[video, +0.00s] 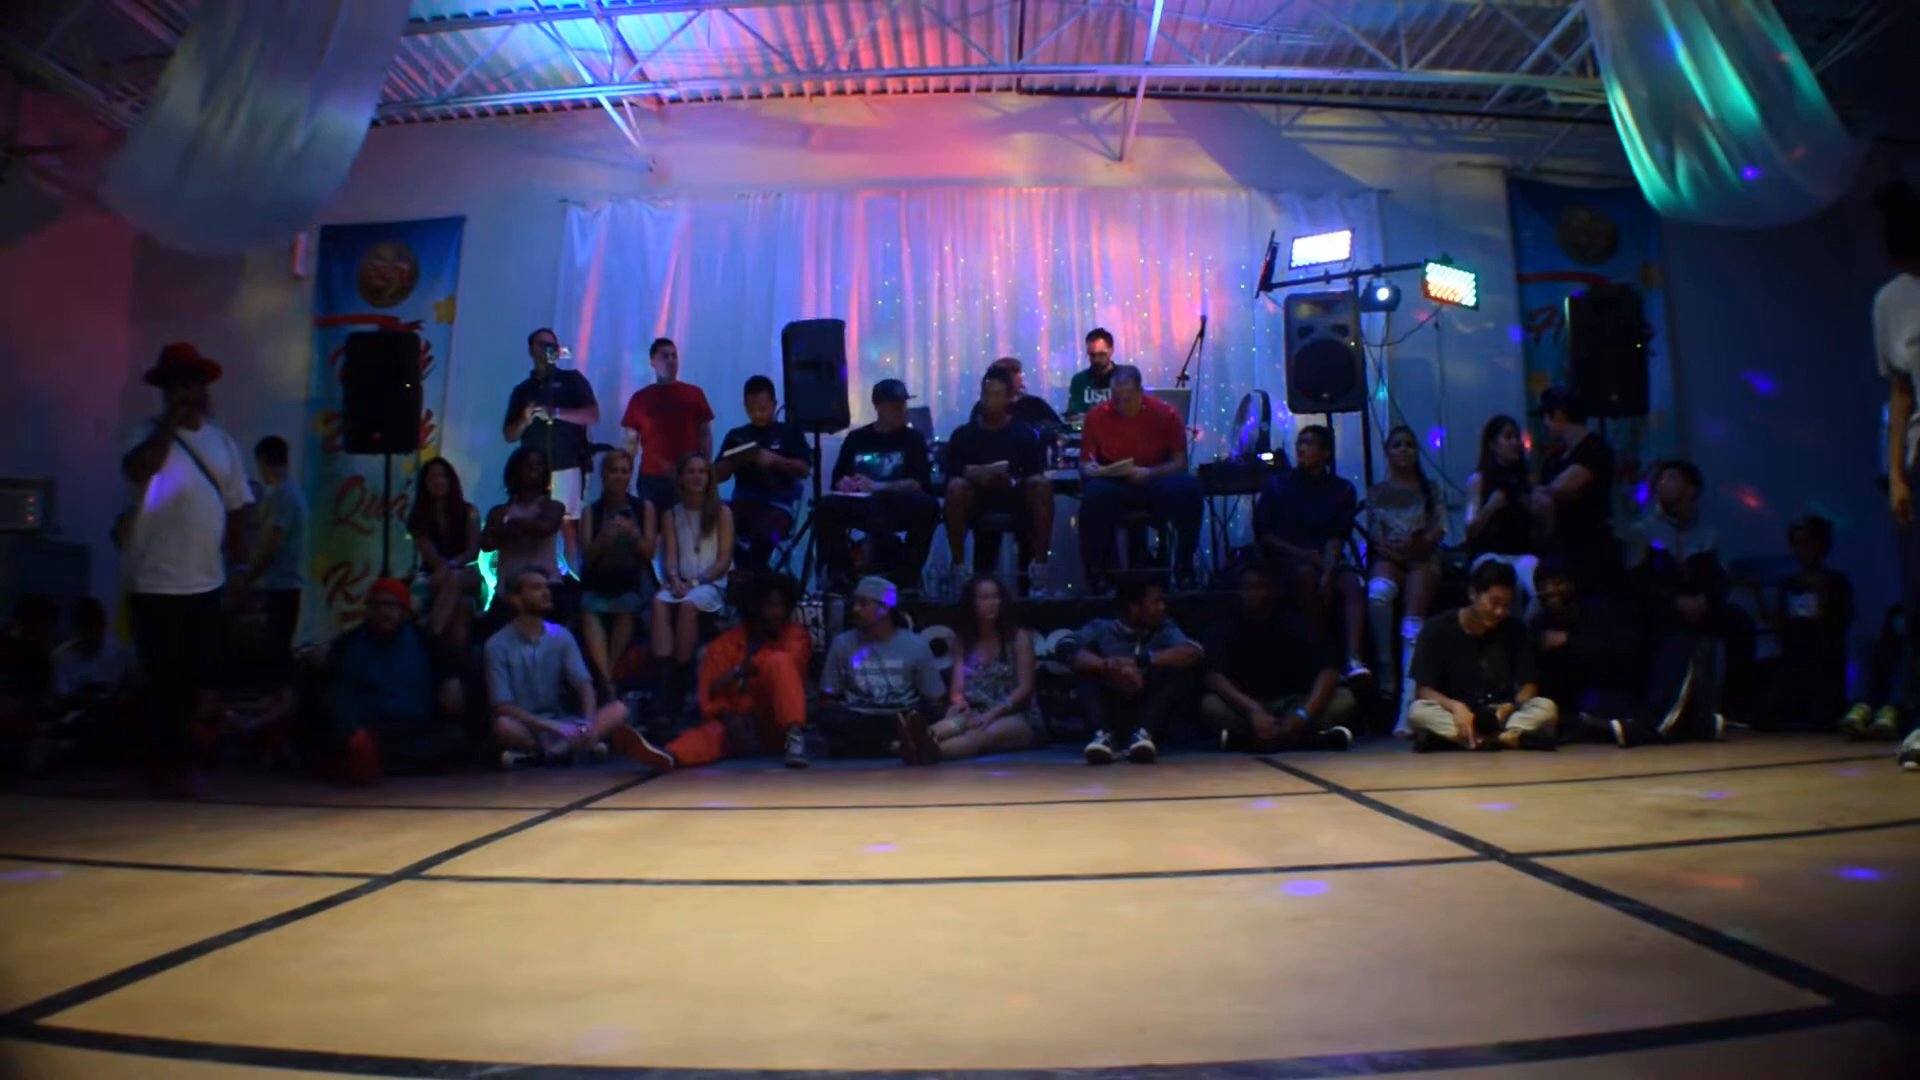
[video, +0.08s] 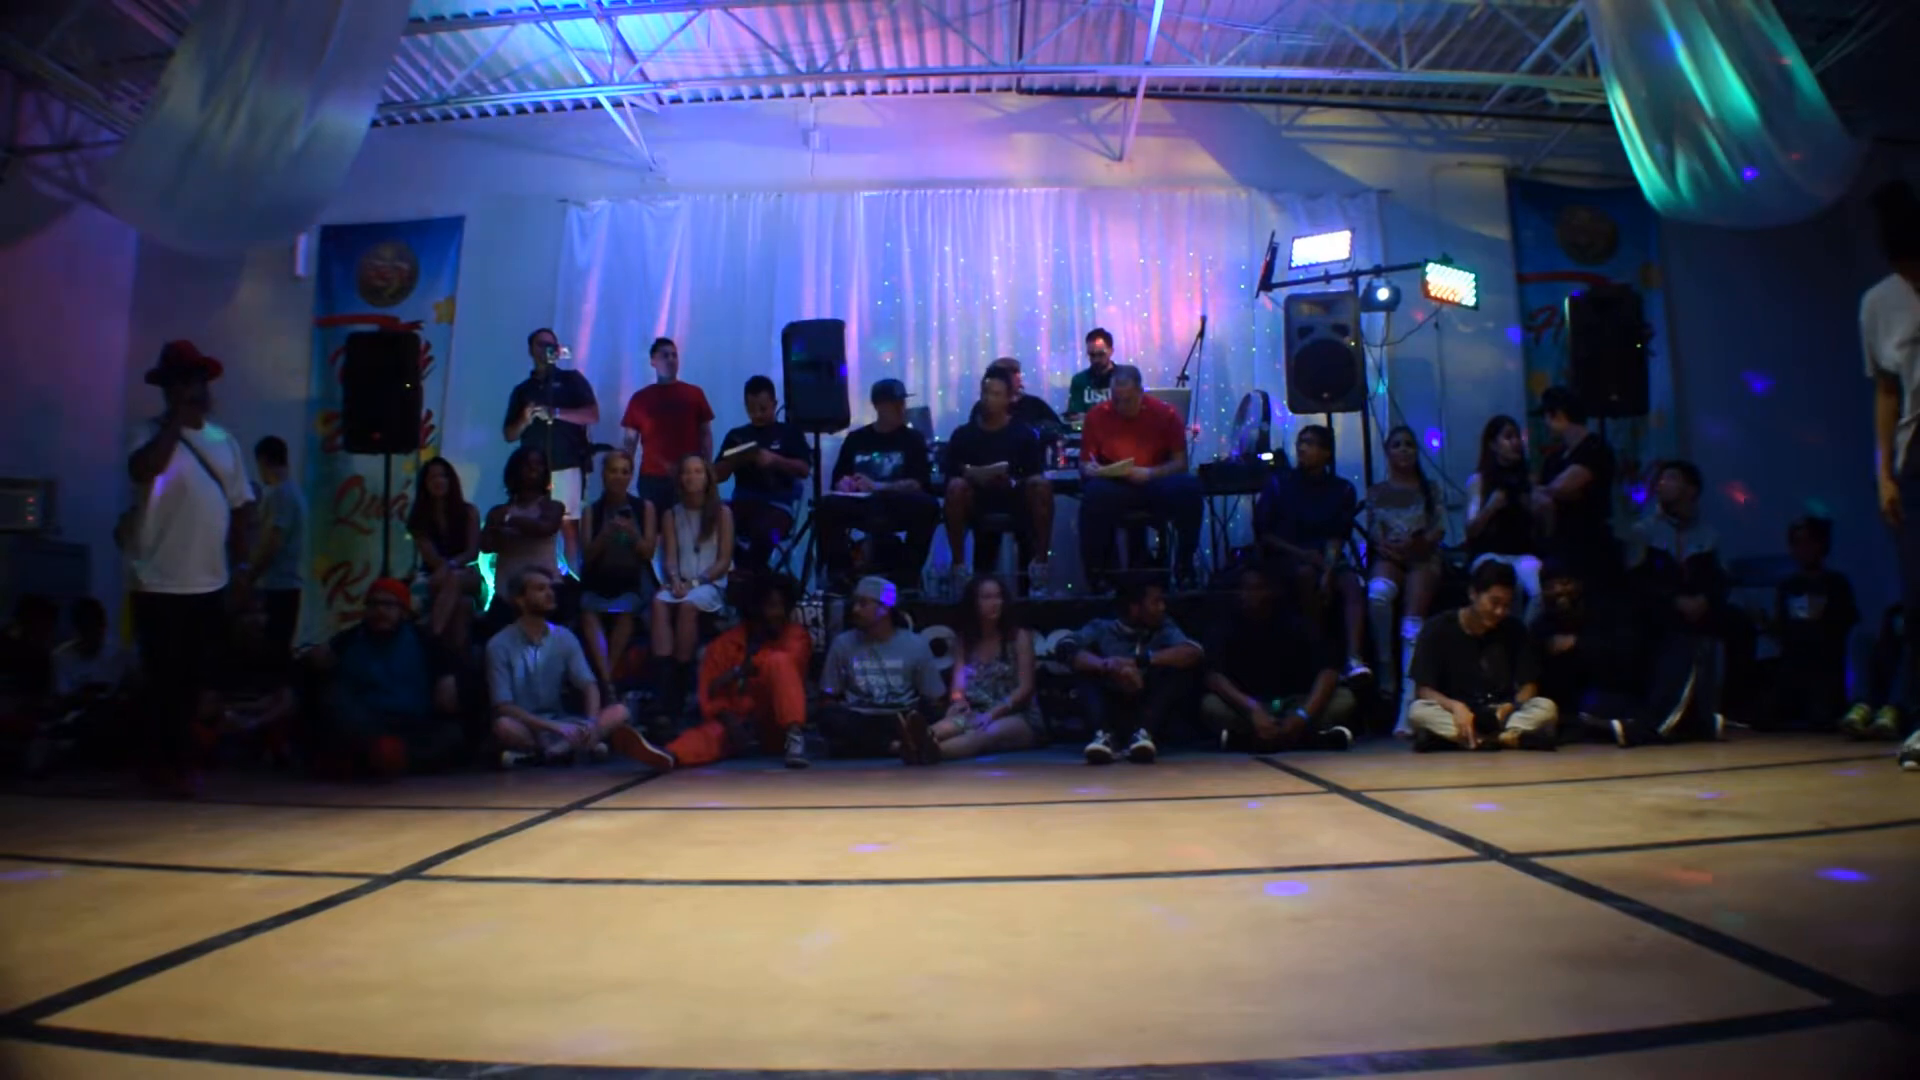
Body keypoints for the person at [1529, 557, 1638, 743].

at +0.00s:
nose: (1552, 592)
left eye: (1558, 584)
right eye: (1545, 587)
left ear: (1571, 585)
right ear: (1538, 592)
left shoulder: (1593, 617)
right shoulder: (1536, 626)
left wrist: (1567, 641)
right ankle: (1611, 730)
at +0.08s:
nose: (1560, 592)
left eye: (1566, 584)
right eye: (1552, 586)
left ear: (1578, 585)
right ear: (1543, 591)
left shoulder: (1599, 619)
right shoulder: (1540, 627)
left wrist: (1576, 643)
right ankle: (1611, 730)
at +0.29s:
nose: (1580, 592)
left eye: (1586, 583)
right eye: (1570, 586)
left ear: (1598, 584)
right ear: (1557, 591)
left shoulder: (1614, 613)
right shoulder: (1556, 617)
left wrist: (1603, 651)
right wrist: (1568, 651)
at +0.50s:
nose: (1594, 592)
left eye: (1601, 584)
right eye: (1586, 586)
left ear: (1612, 585)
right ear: (1572, 590)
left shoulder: (1630, 616)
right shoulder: (1566, 623)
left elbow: (1653, 661)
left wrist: (1638, 701)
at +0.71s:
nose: (1607, 590)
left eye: (1613, 582)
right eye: (1599, 584)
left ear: (1622, 584)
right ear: (1586, 589)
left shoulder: (1643, 616)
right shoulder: (1580, 623)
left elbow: (1662, 664)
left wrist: (1641, 703)